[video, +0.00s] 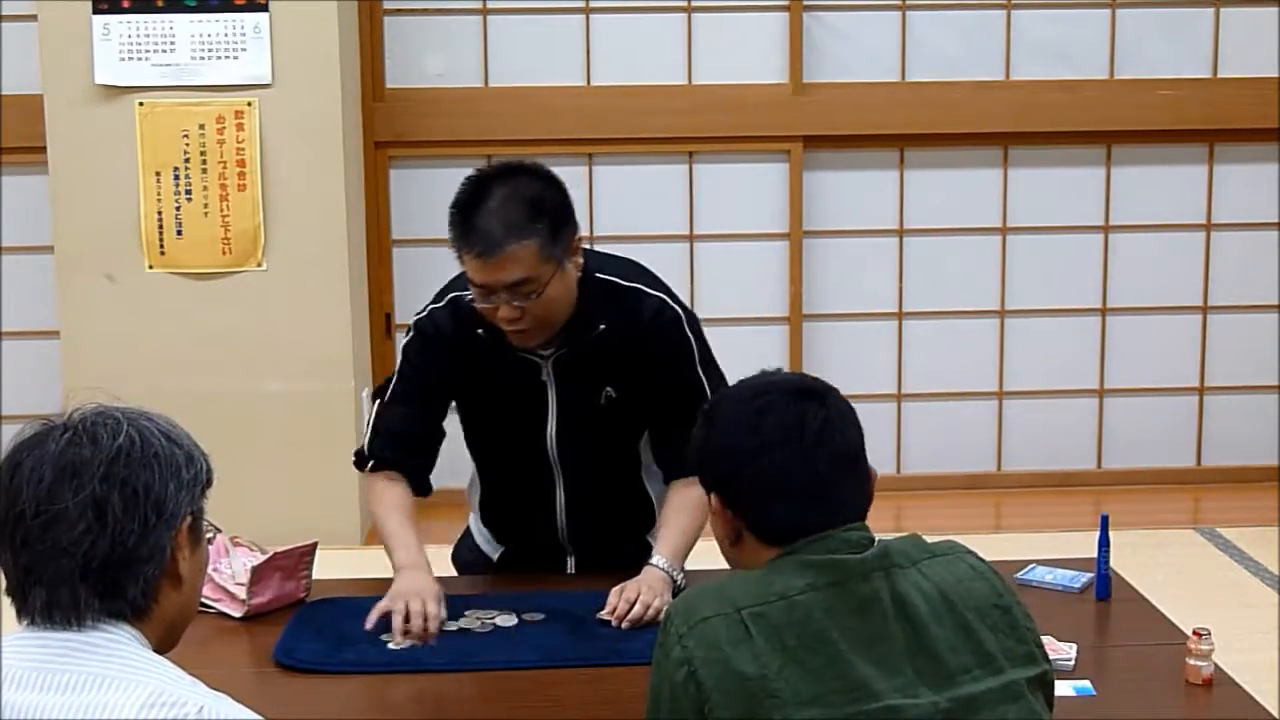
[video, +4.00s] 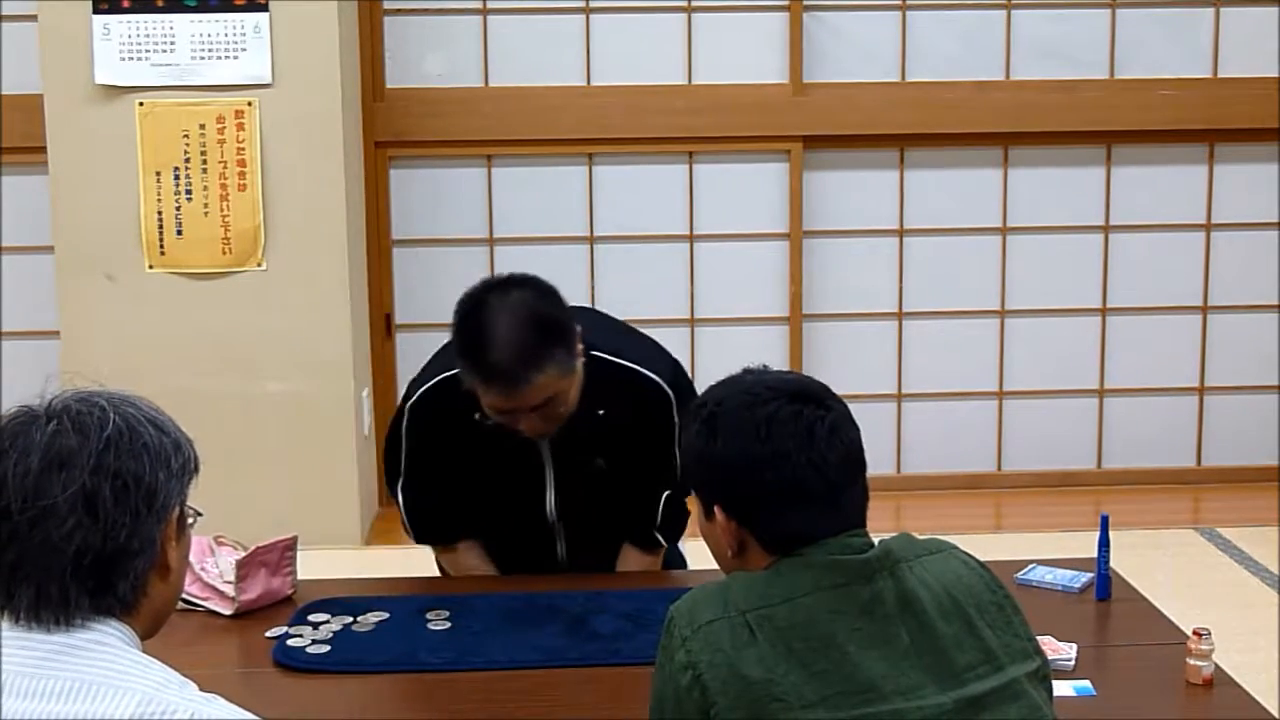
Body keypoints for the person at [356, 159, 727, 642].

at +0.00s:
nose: (506, 313)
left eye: (525, 291)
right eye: (484, 292)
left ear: (574, 253)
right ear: (465, 264)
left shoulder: (647, 313)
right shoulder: (449, 324)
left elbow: (698, 458)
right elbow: (388, 464)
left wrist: (663, 570)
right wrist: (410, 569)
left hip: (624, 573)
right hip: (501, 575)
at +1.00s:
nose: (479, 315)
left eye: (495, 292)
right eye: (456, 298)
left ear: (543, 256)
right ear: (436, 274)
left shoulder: (618, 310)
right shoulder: (427, 337)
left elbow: (684, 445)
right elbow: (364, 453)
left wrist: (641, 557)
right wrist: (330, 564)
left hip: (624, 570)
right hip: (495, 577)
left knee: (639, 708)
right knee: (487, 714)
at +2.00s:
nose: (475, 316)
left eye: (496, 297)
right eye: (456, 296)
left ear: (551, 262)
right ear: (440, 269)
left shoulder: (617, 330)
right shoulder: (428, 317)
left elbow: (555, 484)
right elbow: (387, 439)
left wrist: (429, 563)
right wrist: (328, 534)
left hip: (611, 529)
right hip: (494, 525)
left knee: (601, 692)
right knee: (493, 684)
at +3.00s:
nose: (381, 325)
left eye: (393, 301)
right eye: (359, 310)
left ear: (440, 253)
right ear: (339, 288)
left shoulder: (539, 311)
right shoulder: (349, 331)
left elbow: (562, 470)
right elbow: (326, 442)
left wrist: (447, 545)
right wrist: (317, 538)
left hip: (580, 520)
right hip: (464, 528)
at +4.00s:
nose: (529, 426)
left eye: (545, 406)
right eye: (505, 414)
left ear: (578, 351)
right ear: (470, 381)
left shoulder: (651, 390)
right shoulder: (429, 412)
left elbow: (647, 546)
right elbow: (456, 552)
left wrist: (608, 646)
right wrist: (521, 641)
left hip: (623, 591)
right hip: (502, 601)